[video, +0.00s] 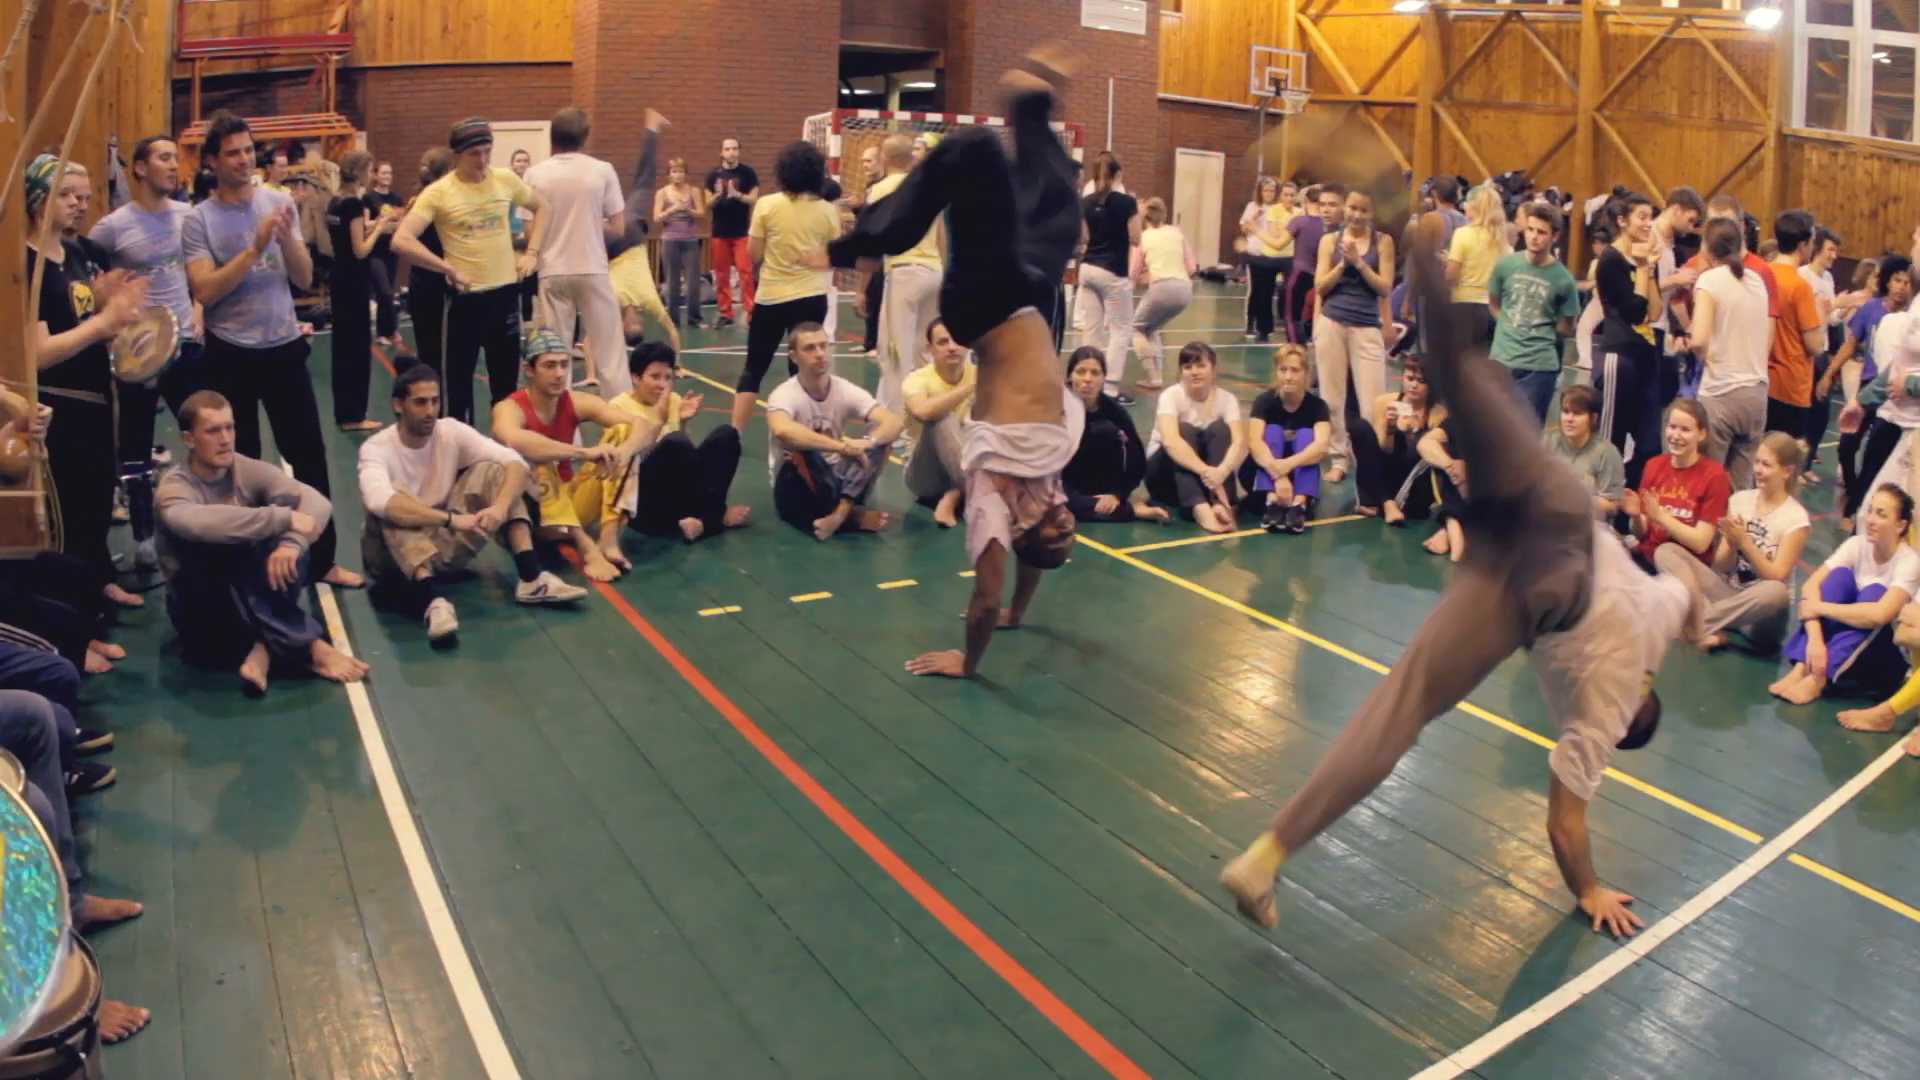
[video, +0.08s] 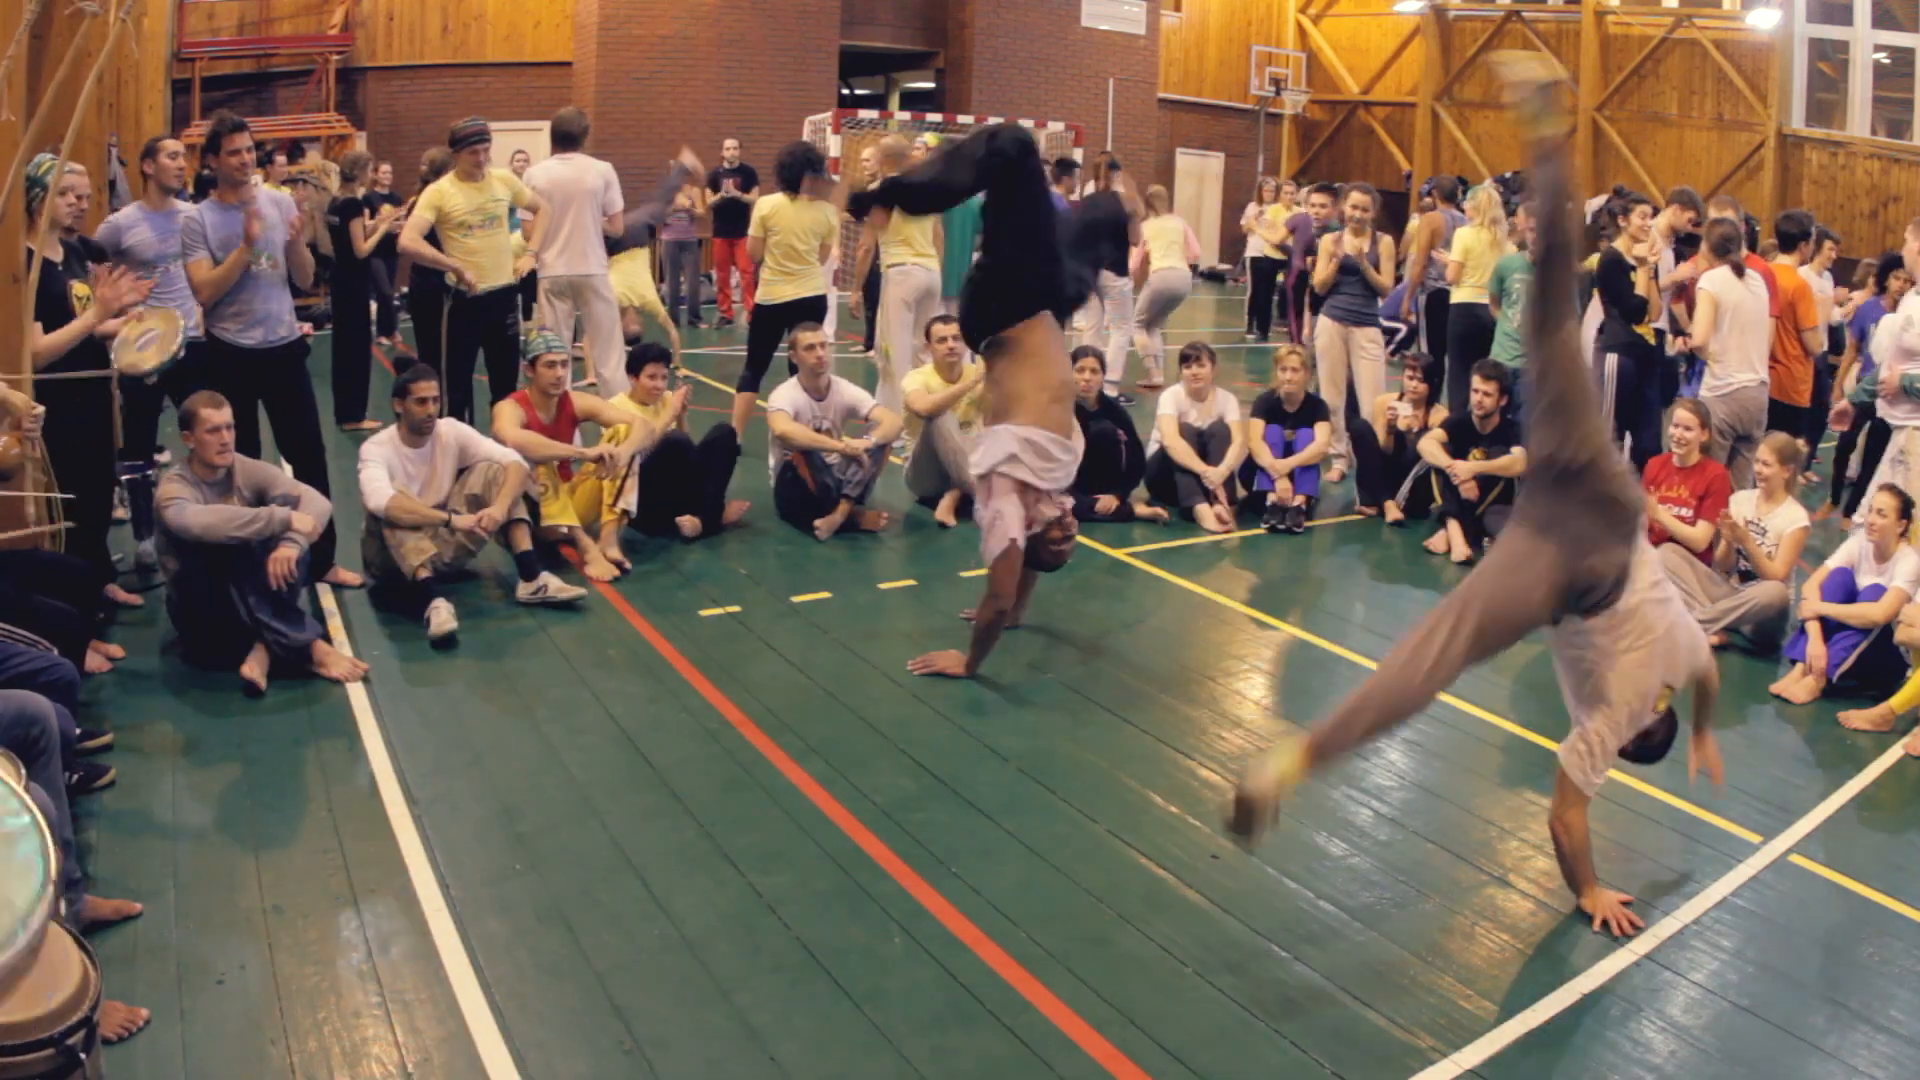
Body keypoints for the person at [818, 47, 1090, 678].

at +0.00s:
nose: (1056, 526)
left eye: (1052, 540)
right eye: (1062, 538)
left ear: (1037, 530)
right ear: (1062, 525)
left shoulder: (991, 491)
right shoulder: (1053, 486)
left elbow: (989, 598)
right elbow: (1035, 556)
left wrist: (968, 663)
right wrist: (1016, 615)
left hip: (984, 310)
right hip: (1038, 303)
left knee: (971, 148)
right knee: (1063, 207)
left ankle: (870, 240)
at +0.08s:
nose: (1063, 540)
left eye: (1056, 547)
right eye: (1067, 542)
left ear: (1043, 538)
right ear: (1066, 531)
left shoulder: (1006, 491)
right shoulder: (1057, 492)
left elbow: (1003, 599)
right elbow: (1032, 563)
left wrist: (968, 664)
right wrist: (1004, 613)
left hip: (1005, 313)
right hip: (1050, 304)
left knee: (1010, 144)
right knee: (1109, 207)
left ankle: (888, 194)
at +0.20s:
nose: (1063, 536)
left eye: (1061, 544)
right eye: (1069, 543)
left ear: (1054, 528)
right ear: (1072, 530)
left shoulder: (1026, 495)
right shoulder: (1049, 489)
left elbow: (1014, 593)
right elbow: (1021, 563)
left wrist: (972, 663)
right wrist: (998, 602)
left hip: (1046, 303)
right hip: (1061, 309)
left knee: (1061, 154)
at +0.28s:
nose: (1057, 550)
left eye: (1052, 553)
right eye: (1059, 554)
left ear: (1051, 534)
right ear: (1066, 536)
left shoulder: (1035, 490)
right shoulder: (1035, 474)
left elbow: (1021, 586)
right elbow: (1034, 560)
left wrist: (972, 657)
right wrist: (999, 602)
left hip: (1068, 307)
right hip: (1085, 307)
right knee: (1097, 199)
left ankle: (1034, 85)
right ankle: (1034, 85)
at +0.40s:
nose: (1077, 523)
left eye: (1074, 528)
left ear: (1055, 524)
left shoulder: (1053, 478)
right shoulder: (1016, 484)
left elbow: (1063, 519)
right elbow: (1023, 544)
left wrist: (1060, 606)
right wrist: (1014, 609)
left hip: (1128, 320)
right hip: (1075, 329)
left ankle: (1171, 252)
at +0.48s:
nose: (1087, 521)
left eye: (1081, 518)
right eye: (1078, 524)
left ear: (1076, 491)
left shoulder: (1110, 418)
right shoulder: (1039, 480)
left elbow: (1150, 449)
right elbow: (1033, 546)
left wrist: (1122, 497)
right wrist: (1013, 612)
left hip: (1135, 333)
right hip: (1074, 350)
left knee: (1219, 392)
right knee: (1099, 498)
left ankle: (1274, 468)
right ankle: (1136, 576)